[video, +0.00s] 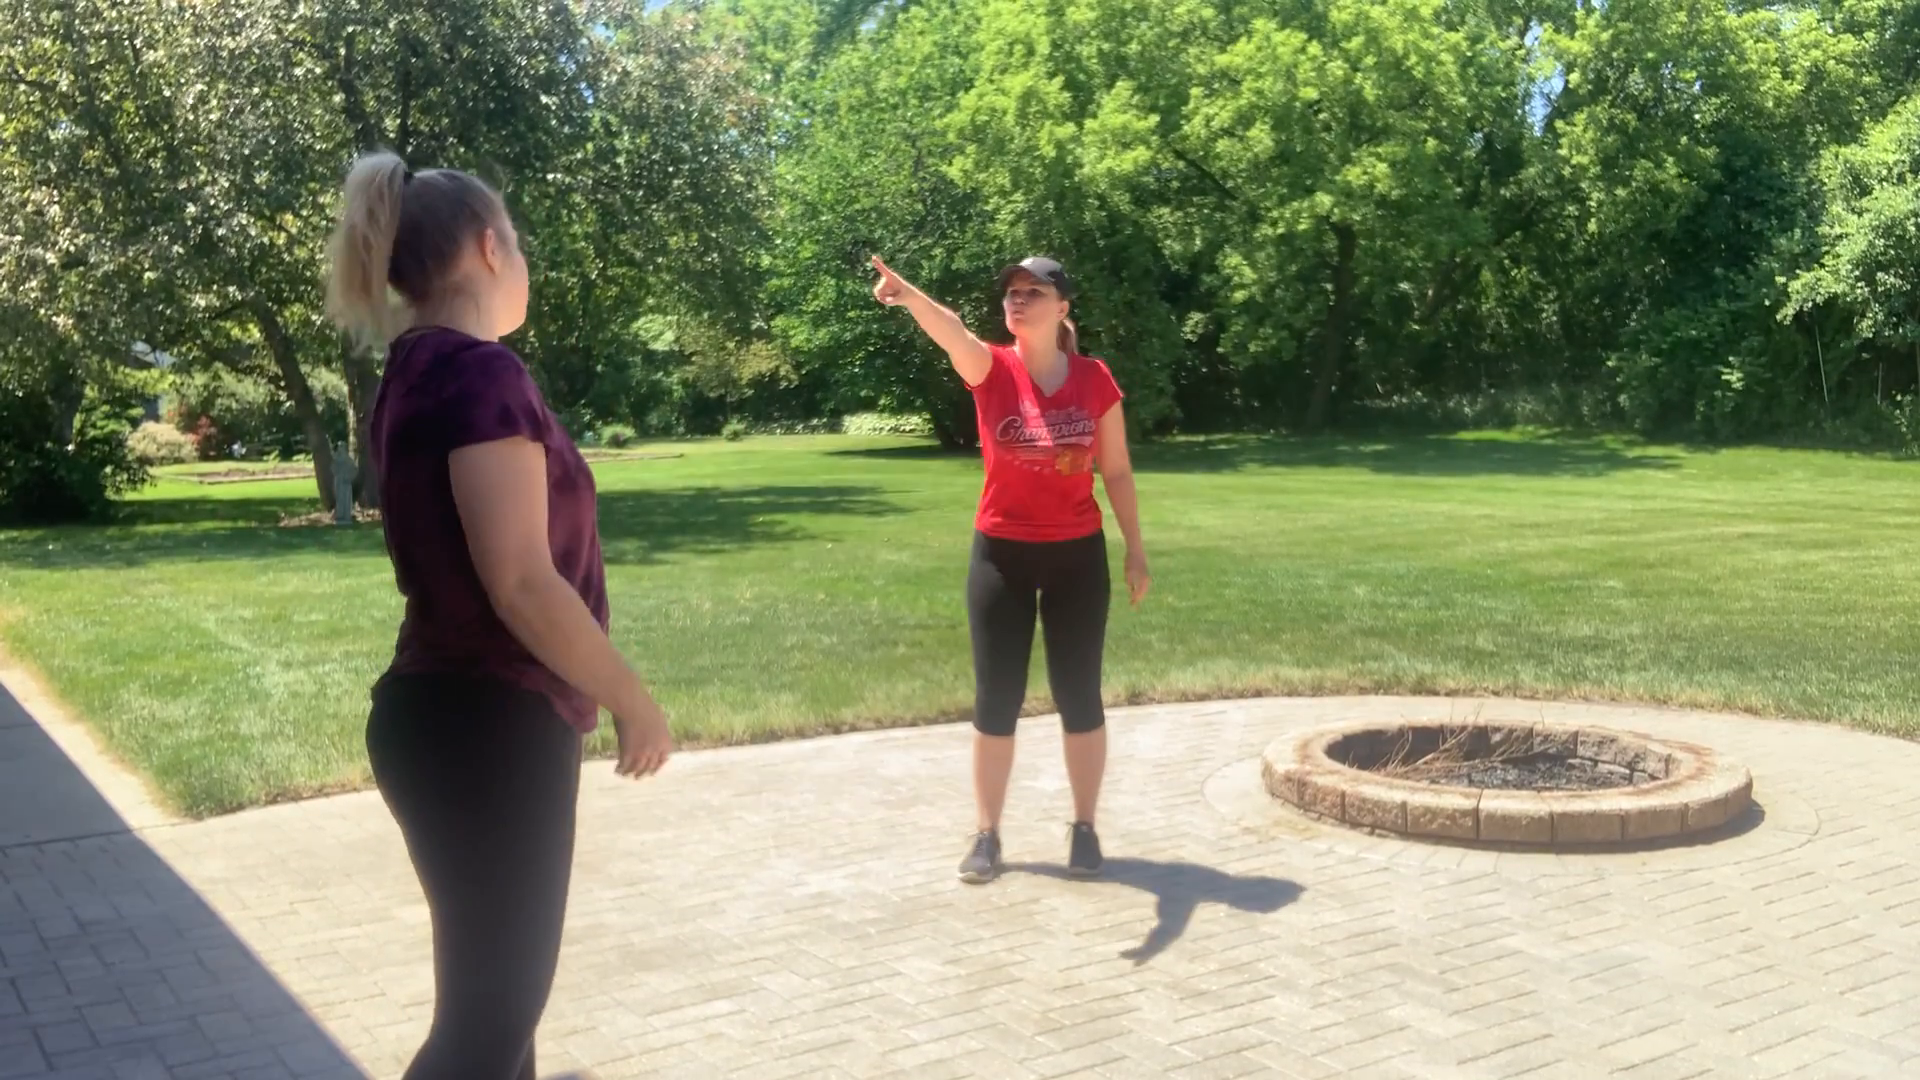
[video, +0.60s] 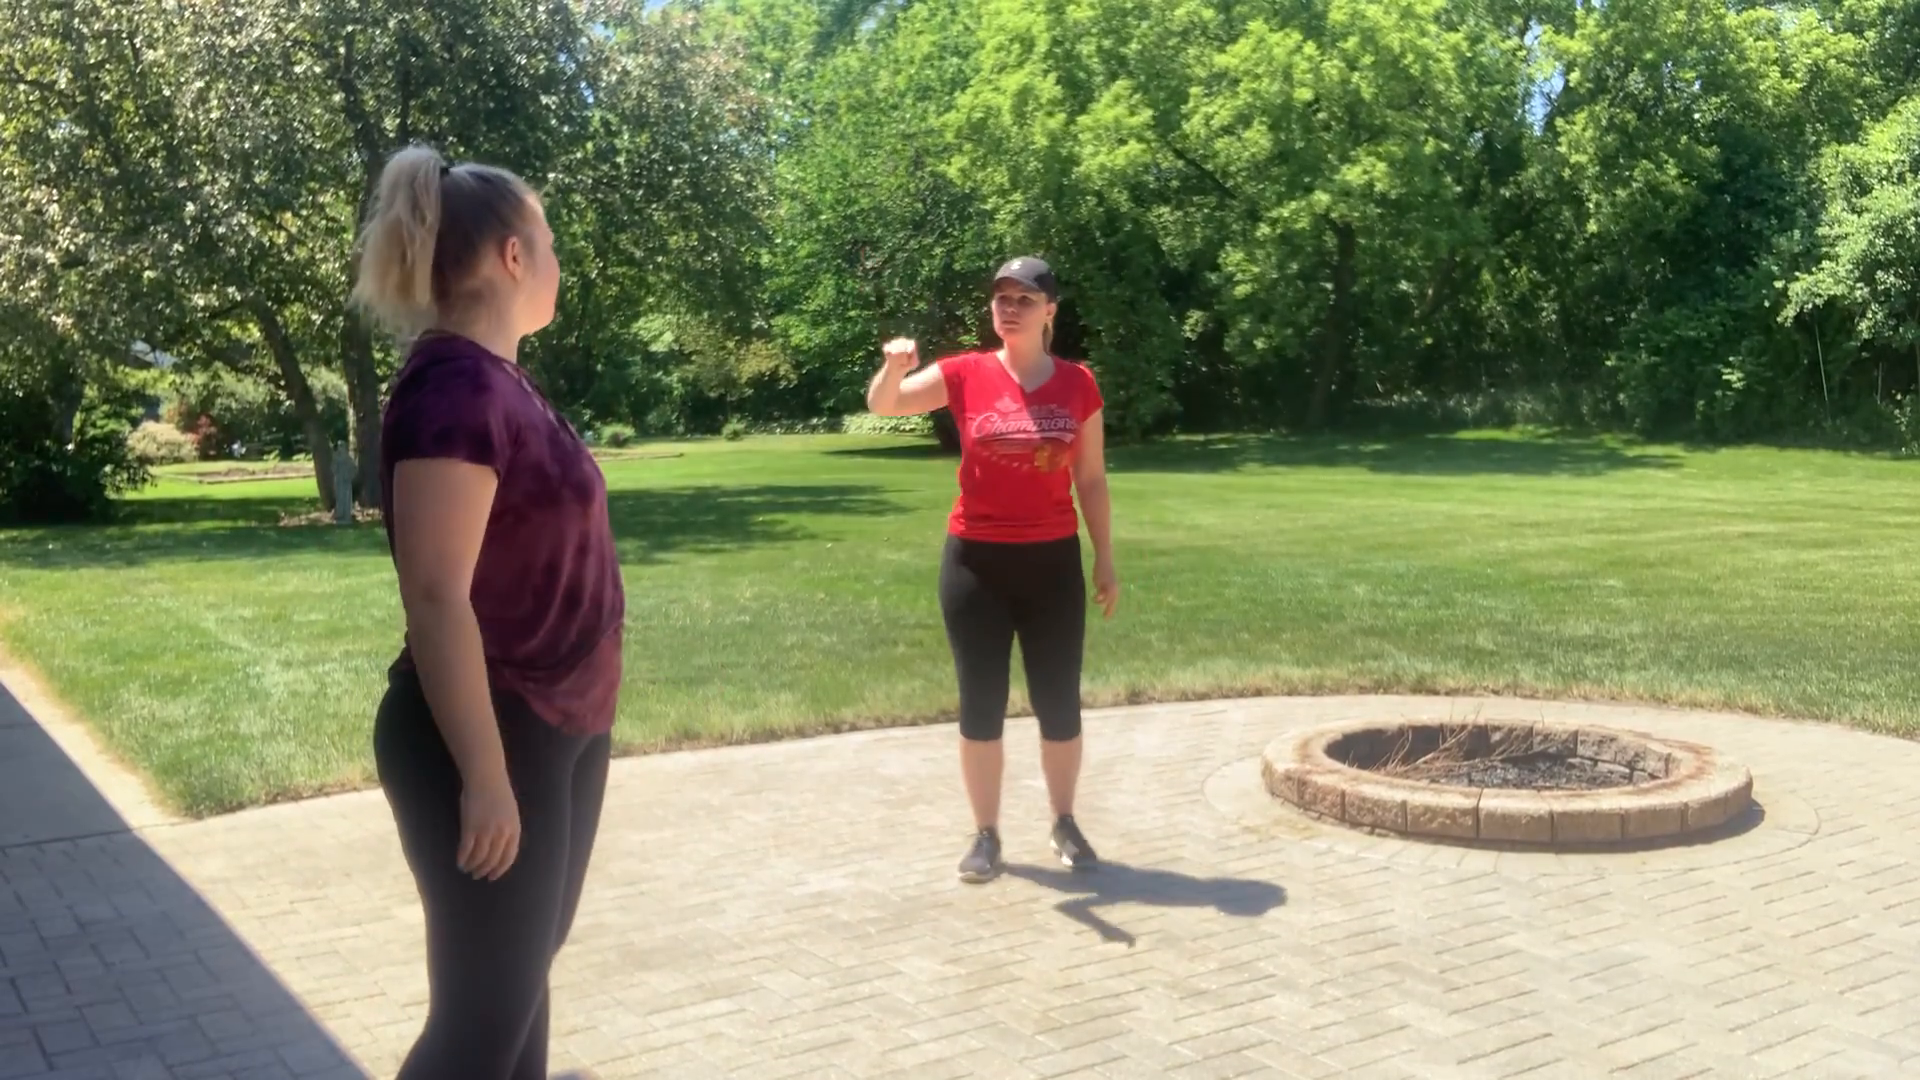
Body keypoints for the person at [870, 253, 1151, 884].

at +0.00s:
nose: (1017, 303)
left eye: (1032, 294)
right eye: (1011, 295)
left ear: (1063, 306)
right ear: (1003, 308)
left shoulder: (1094, 379)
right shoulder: (992, 367)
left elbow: (1117, 470)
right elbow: (954, 335)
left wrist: (1134, 546)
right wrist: (911, 296)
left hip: (1077, 554)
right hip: (1000, 554)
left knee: (1079, 696)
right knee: (996, 698)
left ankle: (1085, 827)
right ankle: (986, 834)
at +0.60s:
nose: (1007, 309)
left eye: (1021, 300)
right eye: (1000, 299)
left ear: (1050, 309)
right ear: (990, 307)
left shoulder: (1076, 384)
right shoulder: (965, 371)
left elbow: (1091, 478)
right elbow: (884, 403)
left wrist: (1104, 558)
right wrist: (893, 367)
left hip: (1052, 560)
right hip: (975, 560)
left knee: (1060, 702)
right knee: (979, 704)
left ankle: (1064, 823)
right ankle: (985, 834)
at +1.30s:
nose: (889, 341)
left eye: (906, 331)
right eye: (881, 329)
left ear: (936, 345)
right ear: (867, 339)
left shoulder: (961, 403)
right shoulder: (845, 416)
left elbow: (1057, 422)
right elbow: (738, 461)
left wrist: (958, 426)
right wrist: (796, 427)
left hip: (972, 614)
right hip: (887, 612)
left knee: (967, 782)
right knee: (885, 772)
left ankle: (1016, 807)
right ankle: (919, 895)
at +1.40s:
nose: (861, 326)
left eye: (878, 313)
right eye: (850, 313)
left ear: (909, 322)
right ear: (837, 323)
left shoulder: (939, 389)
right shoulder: (815, 399)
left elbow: (1044, 409)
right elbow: (701, 445)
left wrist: (951, 426)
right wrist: (766, 417)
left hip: (943, 608)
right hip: (855, 612)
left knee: (909, 765)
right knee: (872, 777)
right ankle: (914, 889)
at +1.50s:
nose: (835, 314)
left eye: (852, 301)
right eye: (823, 301)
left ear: (887, 310)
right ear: (811, 310)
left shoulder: (918, 385)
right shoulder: (787, 388)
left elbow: (1001, 438)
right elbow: (686, 455)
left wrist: (910, 442)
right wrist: (705, 420)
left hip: (911, 609)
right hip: (819, 613)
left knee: (866, 776)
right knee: (854, 772)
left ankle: (845, 972)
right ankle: (903, 867)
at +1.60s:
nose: (806, 341)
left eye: (824, 327)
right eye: (796, 327)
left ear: (866, 336)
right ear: (786, 335)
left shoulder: (901, 417)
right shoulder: (765, 413)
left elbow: (914, 484)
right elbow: (687, 452)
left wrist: (803, 476)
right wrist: (634, 446)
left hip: (877, 653)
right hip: (781, 649)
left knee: (822, 828)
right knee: (789, 827)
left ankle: (799, 1029)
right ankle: (873, 864)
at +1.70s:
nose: (778, 349)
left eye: (800, 338)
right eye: (768, 336)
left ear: (837, 357)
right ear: (752, 351)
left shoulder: (858, 442)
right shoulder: (724, 437)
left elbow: (812, 517)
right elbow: (638, 480)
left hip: (859, 676)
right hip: (762, 672)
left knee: (797, 855)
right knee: (727, 865)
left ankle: (795, 1035)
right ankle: (802, 924)